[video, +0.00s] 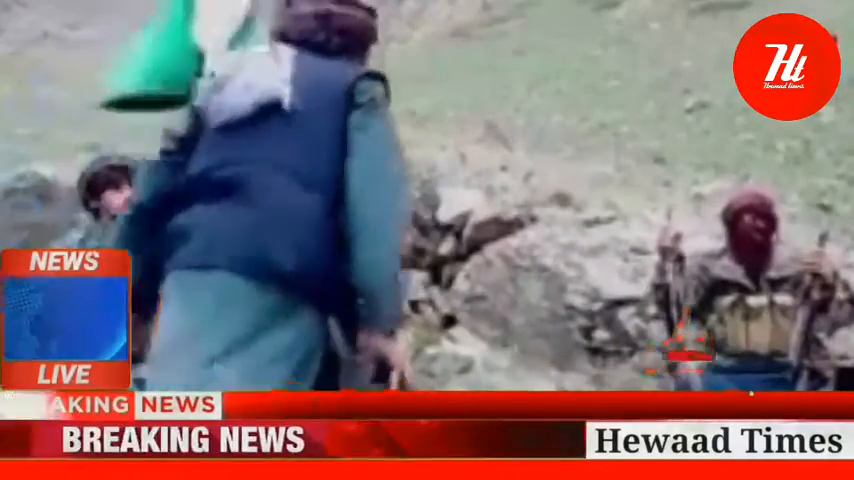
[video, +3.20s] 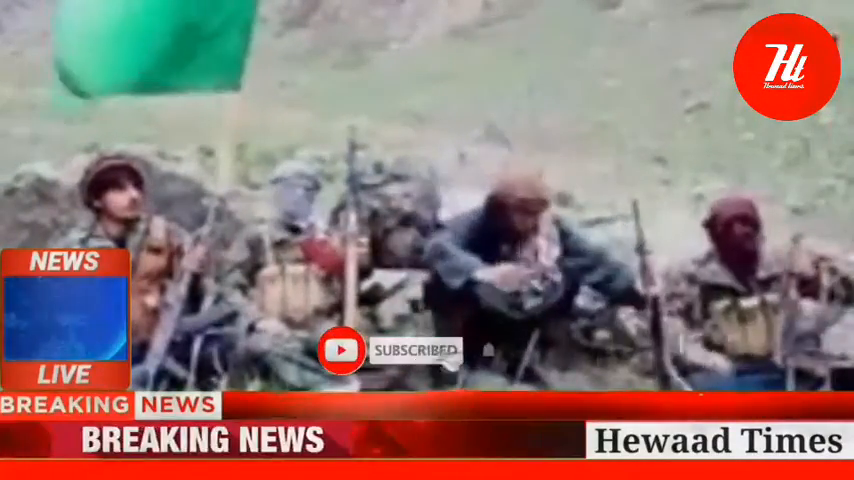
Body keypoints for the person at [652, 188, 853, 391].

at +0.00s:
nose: (759, 224)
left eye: (765, 218)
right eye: (750, 216)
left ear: (774, 227)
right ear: (732, 224)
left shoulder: (796, 270)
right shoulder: (705, 268)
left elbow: (825, 323)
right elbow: (675, 317)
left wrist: (829, 285)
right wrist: (668, 265)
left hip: (784, 373)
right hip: (723, 373)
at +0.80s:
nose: (763, 226)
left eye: (768, 220)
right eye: (754, 217)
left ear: (774, 227)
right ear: (732, 223)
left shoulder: (795, 270)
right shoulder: (703, 269)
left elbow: (832, 319)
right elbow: (676, 313)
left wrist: (828, 290)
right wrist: (667, 269)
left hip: (787, 374)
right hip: (720, 375)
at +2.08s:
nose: (753, 225)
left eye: (762, 217)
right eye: (743, 218)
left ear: (774, 227)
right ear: (732, 227)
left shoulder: (795, 269)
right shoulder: (706, 268)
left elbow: (829, 318)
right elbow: (677, 312)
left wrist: (829, 286)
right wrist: (666, 270)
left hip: (785, 376)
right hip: (723, 376)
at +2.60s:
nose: (758, 238)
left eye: (766, 228)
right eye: (748, 229)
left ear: (775, 231)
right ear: (733, 233)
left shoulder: (796, 272)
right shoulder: (706, 272)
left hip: (784, 374)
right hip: (723, 375)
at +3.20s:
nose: (746, 232)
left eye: (750, 224)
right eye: (734, 225)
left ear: (759, 229)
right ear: (714, 233)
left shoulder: (783, 272)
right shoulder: (687, 277)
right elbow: (675, 336)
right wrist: (725, 367)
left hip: (782, 368)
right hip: (722, 373)